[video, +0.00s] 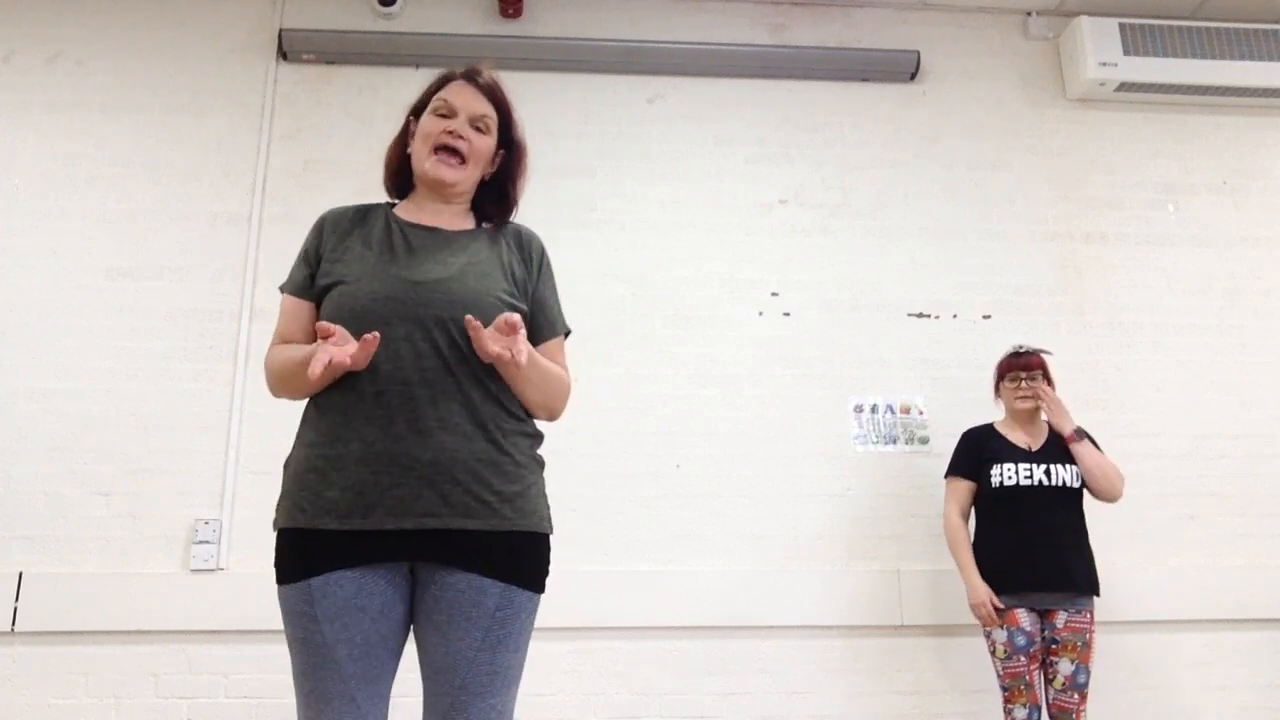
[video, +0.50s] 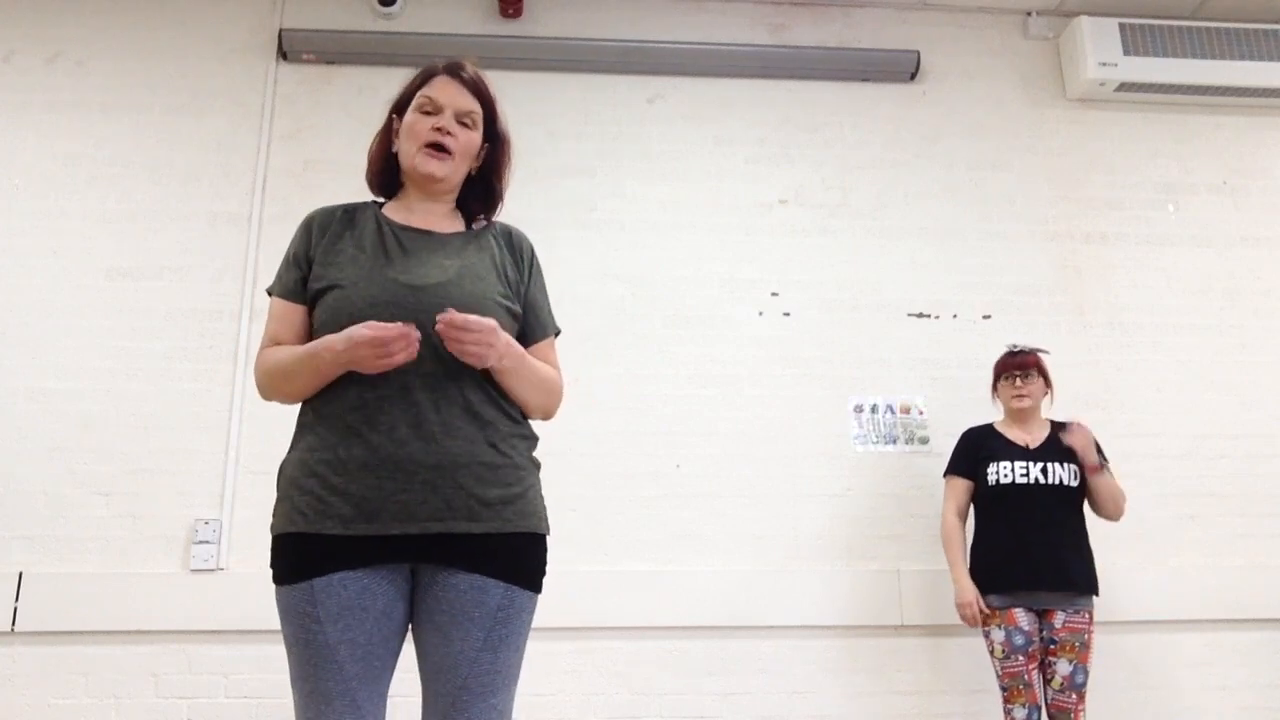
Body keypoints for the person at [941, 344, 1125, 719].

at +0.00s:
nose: (1023, 386)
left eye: (1034, 378)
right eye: (1013, 379)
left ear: (1049, 387)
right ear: (999, 389)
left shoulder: (1072, 439)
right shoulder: (978, 441)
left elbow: (1113, 489)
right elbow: (954, 517)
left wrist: (1069, 430)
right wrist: (973, 583)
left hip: (1072, 596)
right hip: (1006, 598)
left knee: (1069, 709)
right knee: (1022, 709)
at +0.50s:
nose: (1019, 384)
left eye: (1028, 376)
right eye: (1009, 378)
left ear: (1046, 387)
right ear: (997, 390)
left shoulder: (1074, 438)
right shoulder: (977, 441)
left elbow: (1113, 510)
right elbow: (953, 515)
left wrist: (1089, 456)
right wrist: (961, 583)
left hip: (1070, 596)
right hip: (1004, 598)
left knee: (1068, 709)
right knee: (1022, 709)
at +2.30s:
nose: (1029, 386)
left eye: (1038, 379)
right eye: (1019, 378)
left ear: (1050, 386)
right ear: (1001, 385)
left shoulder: (1076, 437)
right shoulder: (978, 438)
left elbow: (1112, 510)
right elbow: (958, 507)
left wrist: (1089, 507)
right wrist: (1027, 505)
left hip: (1072, 593)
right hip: (1006, 594)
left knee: (1069, 706)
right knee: (1025, 707)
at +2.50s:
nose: (1027, 384)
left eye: (1037, 377)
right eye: (1017, 377)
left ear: (1050, 387)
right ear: (1001, 386)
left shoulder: (1077, 436)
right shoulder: (979, 439)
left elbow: (1116, 508)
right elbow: (957, 507)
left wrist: (1088, 506)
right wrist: (1026, 506)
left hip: (1072, 593)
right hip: (1005, 595)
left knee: (1069, 707)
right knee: (1025, 708)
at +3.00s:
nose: (1025, 384)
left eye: (1034, 377)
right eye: (1015, 377)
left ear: (1048, 387)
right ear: (999, 386)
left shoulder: (1076, 436)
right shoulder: (977, 441)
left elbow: (1115, 508)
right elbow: (956, 511)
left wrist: (1085, 506)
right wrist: (1021, 510)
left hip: (1072, 594)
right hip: (1004, 596)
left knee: (1069, 707)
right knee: (1023, 708)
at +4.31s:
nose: (1018, 382)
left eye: (1027, 376)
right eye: (1008, 376)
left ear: (1042, 387)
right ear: (993, 388)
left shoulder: (1071, 436)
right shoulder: (972, 440)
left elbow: (1110, 508)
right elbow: (953, 509)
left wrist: (1082, 505)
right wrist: (1019, 509)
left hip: (1069, 591)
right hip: (1002, 593)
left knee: (1068, 706)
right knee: (1023, 708)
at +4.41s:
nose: (1018, 382)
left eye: (1027, 376)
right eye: (1008, 376)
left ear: (1042, 387)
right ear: (992, 388)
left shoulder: (1071, 435)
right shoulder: (972, 440)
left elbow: (1110, 508)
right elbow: (952, 509)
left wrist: (1082, 504)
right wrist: (1019, 508)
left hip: (1069, 591)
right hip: (1001, 593)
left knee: (1068, 706)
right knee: (1023, 708)